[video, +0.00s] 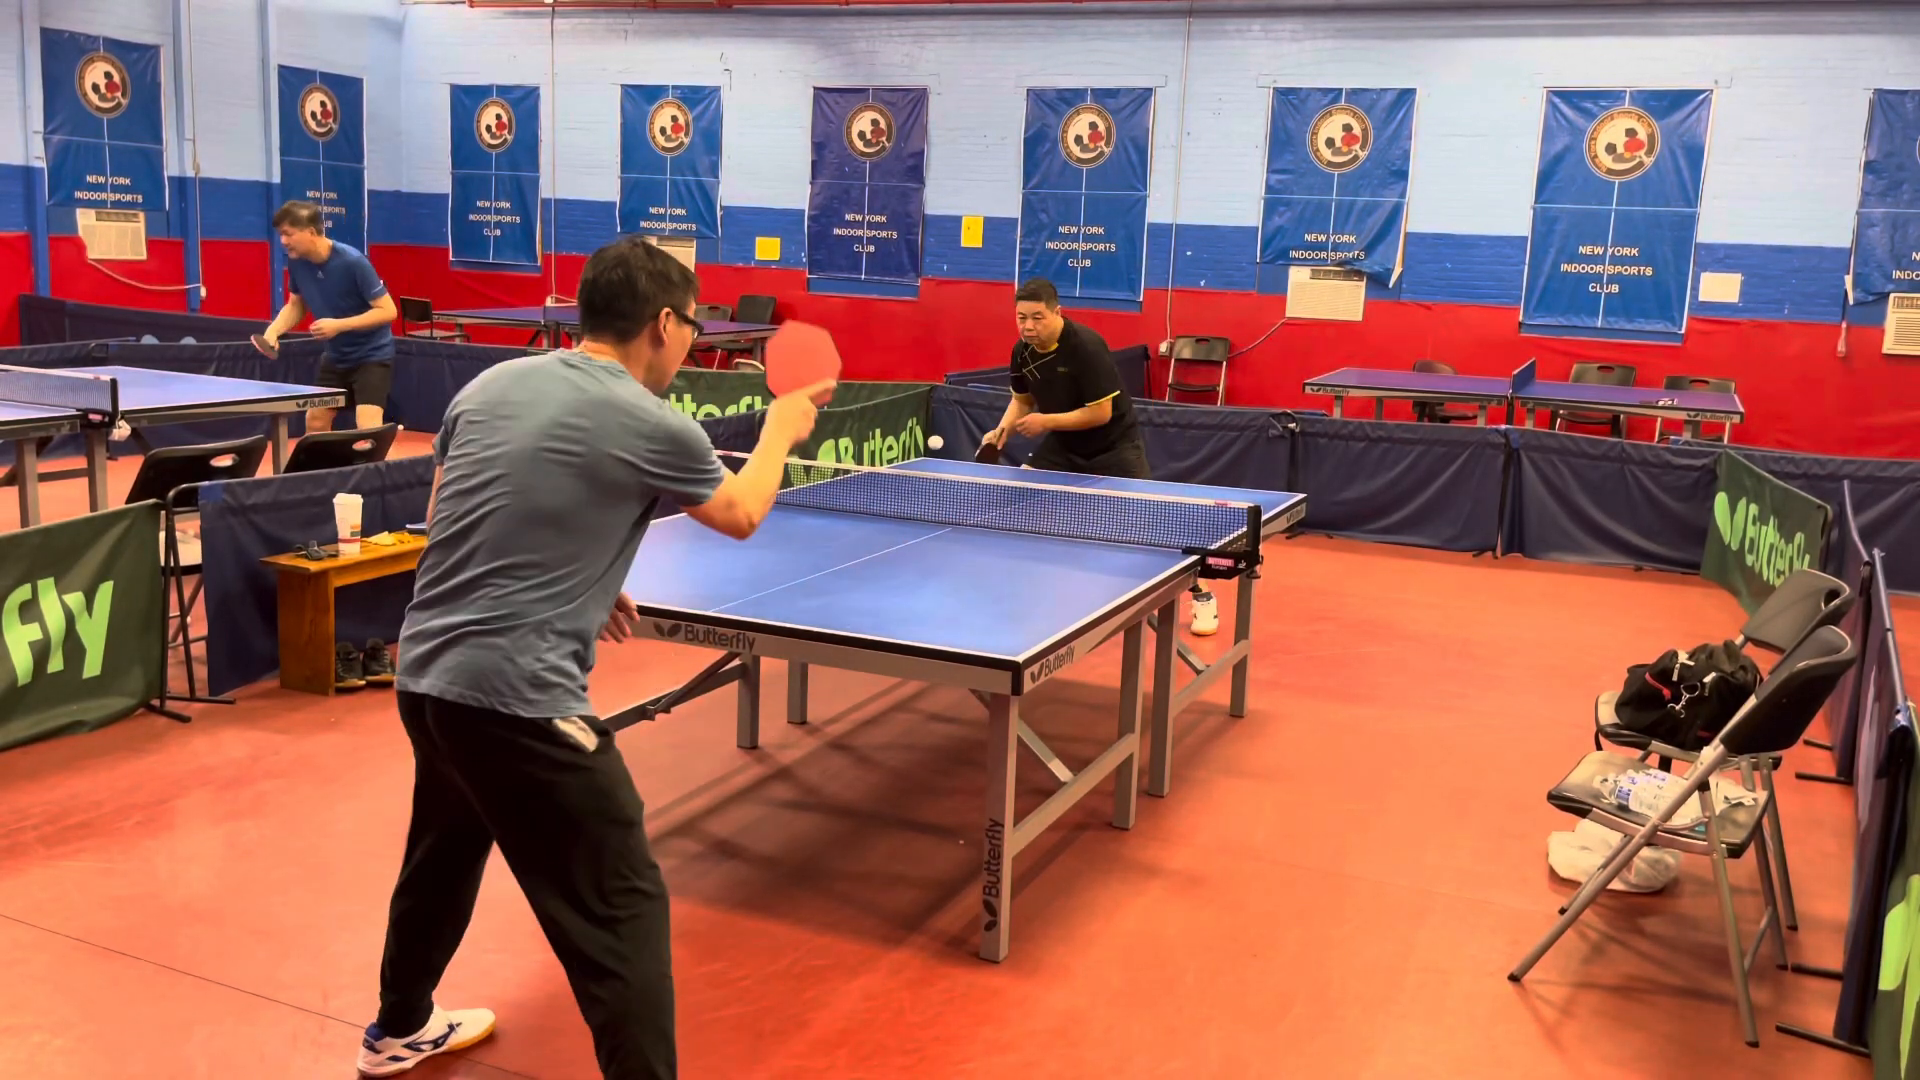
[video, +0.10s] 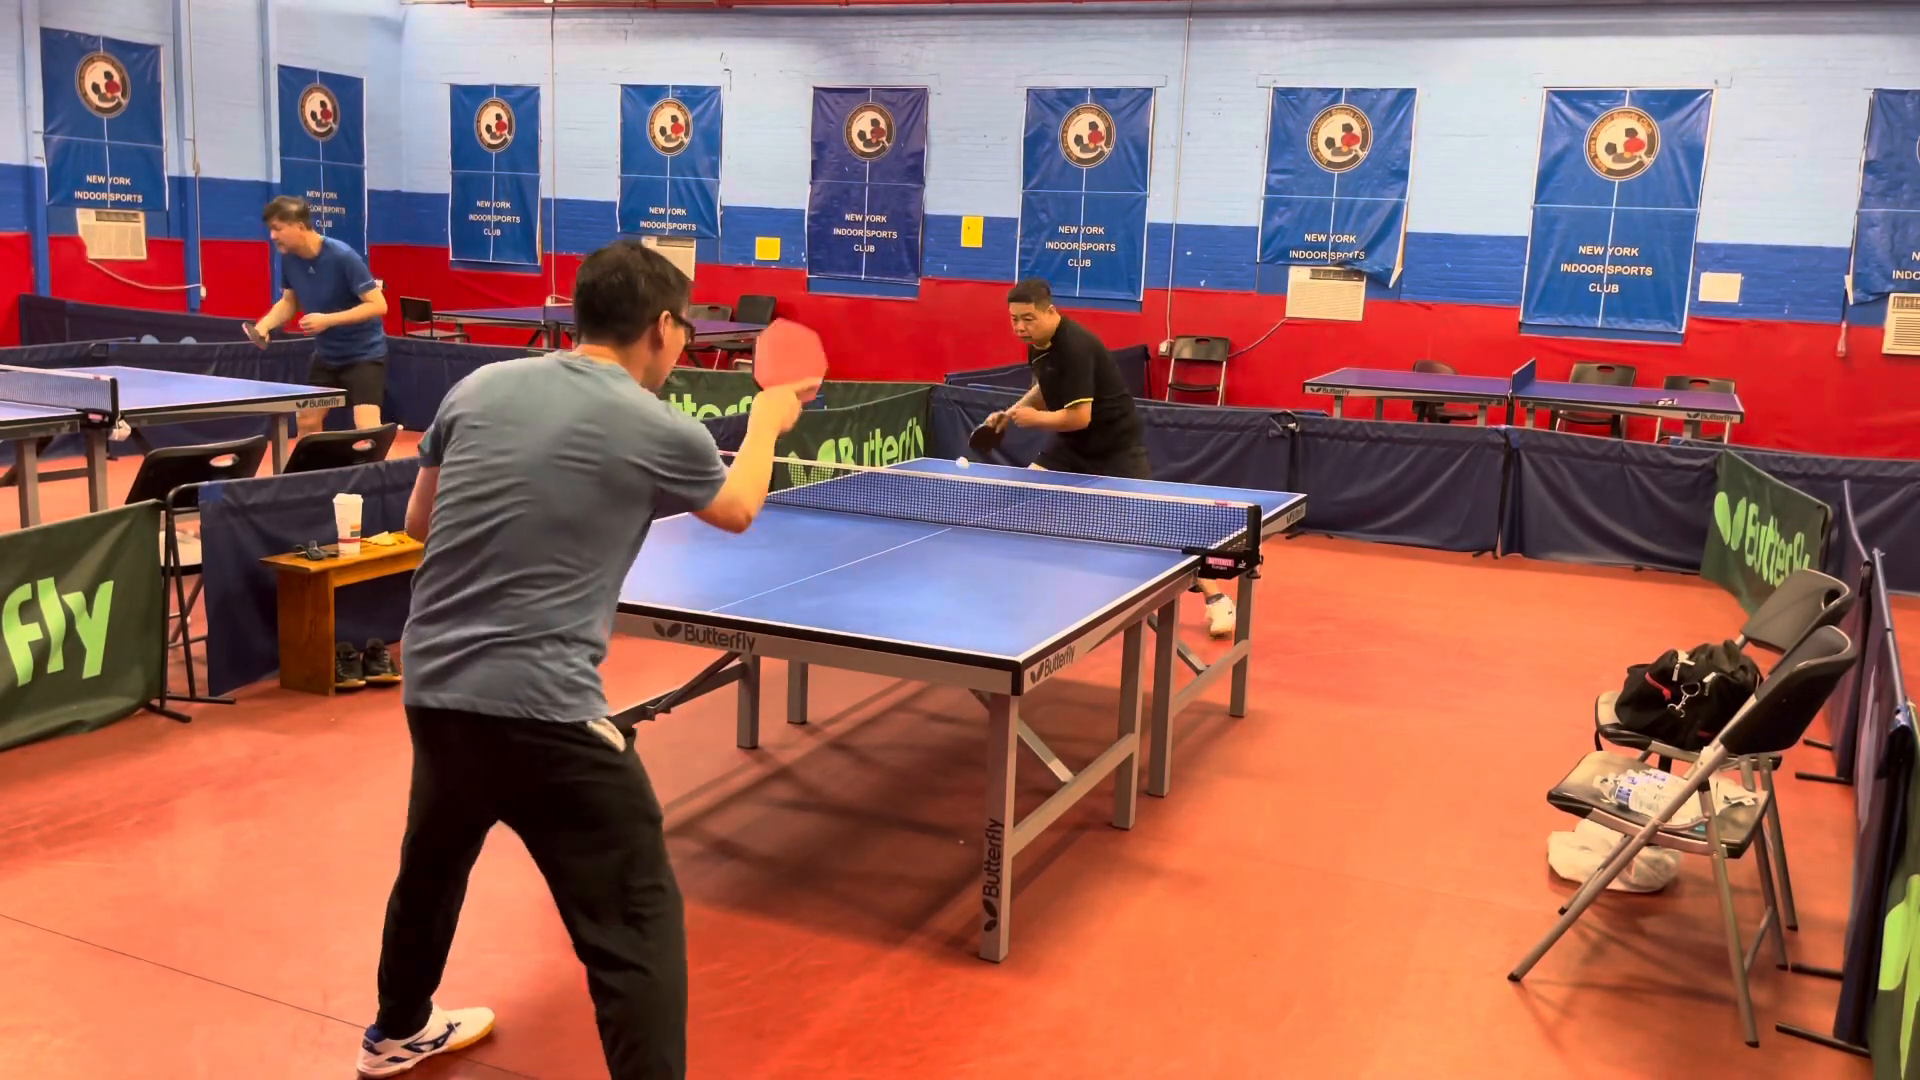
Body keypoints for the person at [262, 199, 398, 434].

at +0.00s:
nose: (283, 241)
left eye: (288, 234)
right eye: (281, 235)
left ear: (311, 232)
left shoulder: (353, 261)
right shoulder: (296, 263)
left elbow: (388, 311)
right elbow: (296, 304)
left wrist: (339, 325)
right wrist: (272, 332)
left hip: (373, 354)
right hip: (335, 355)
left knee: (367, 426)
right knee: (316, 421)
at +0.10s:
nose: (272, 236)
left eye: (277, 229)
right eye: (271, 230)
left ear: (300, 226)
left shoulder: (343, 256)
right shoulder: (289, 260)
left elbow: (378, 305)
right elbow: (289, 301)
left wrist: (328, 319)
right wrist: (264, 325)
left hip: (364, 354)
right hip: (326, 354)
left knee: (366, 425)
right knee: (307, 421)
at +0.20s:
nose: (267, 227)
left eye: (272, 219)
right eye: (266, 220)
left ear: (296, 220)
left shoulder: (337, 251)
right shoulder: (284, 253)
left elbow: (371, 300)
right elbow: (287, 297)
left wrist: (319, 313)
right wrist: (257, 318)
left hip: (359, 353)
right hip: (321, 352)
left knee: (365, 425)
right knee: (304, 420)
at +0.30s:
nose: (265, 221)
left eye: (271, 213)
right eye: (264, 214)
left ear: (294, 215)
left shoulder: (334, 248)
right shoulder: (283, 251)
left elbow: (368, 297)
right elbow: (285, 296)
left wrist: (316, 309)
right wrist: (254, 315)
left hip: (356, 352)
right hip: (318, 351)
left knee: (365, 426)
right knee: (303, 420)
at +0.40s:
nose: (265, 222)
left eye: (270, 215)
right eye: (264, 216)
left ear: (293, 216)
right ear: (291, 218)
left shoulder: (334, 248)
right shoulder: (283, 250)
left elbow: (368, 297)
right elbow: (286, 296)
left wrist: (317, 308)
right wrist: (257, 314)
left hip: (356, 352)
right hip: (318, 352)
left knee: (364, 425)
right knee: (303, 421)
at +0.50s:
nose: (267, 226)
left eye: (273, 219)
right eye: (266, 220)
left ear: (296, 219)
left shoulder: (337, 251)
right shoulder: (284, 254)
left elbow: (372, 299)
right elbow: (289, 299)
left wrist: (320, 312)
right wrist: (261, 318)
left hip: (359, 354)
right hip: (321, 353)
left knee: (364, 429)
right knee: (305, 422)